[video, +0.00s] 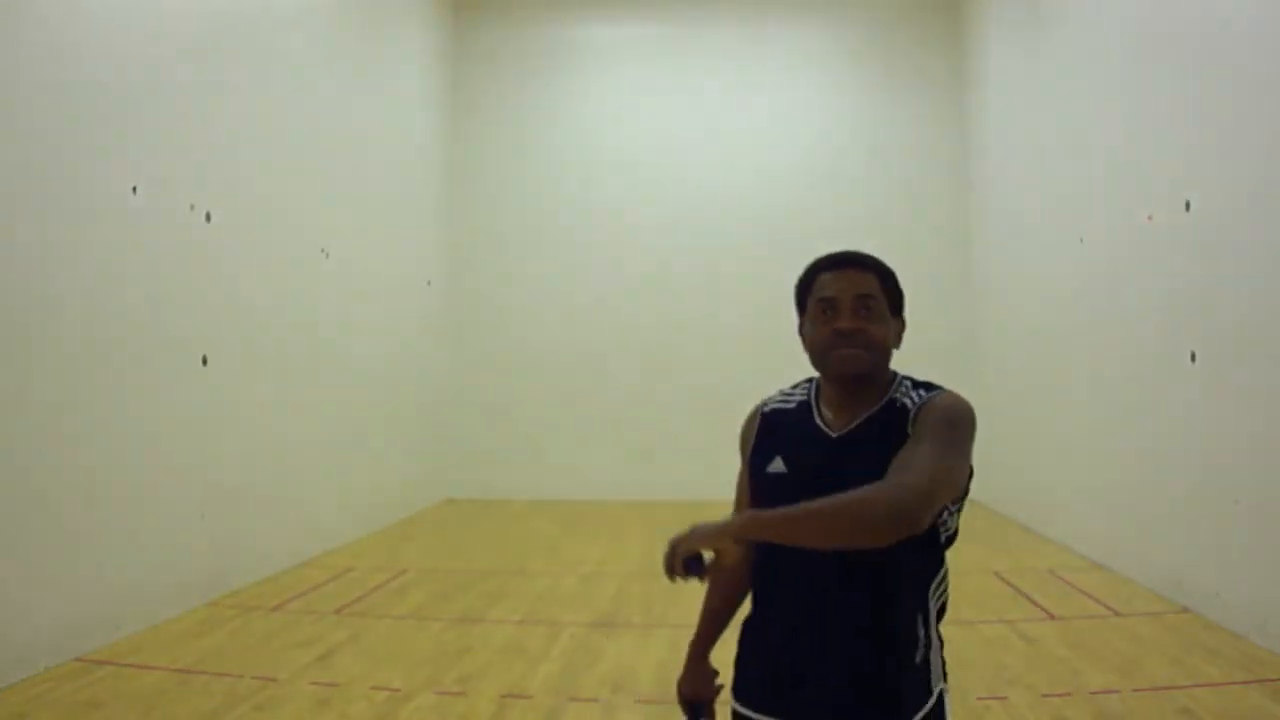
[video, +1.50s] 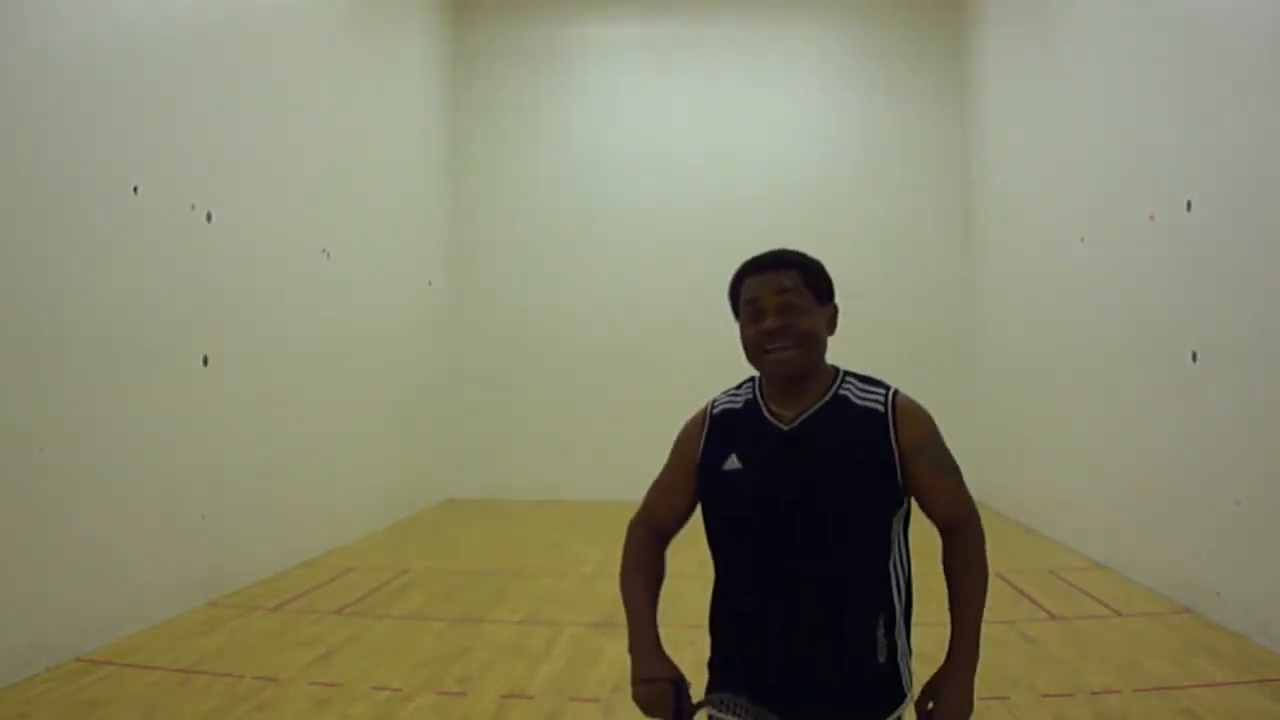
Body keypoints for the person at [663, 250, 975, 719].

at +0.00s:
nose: (847, 324)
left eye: (866, 309)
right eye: (827, 310)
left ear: (898, 331)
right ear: (802, 332)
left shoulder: (942, 415)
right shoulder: (768, 424)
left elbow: (899, 510)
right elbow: (742, 552)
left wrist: (736, 528)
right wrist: (699, 654)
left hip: (890, 693)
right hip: (773, 690)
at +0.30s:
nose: (899, 316)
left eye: (919, 307)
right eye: (881, 307)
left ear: (947, 338)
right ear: (857, 336)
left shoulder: (992, 438)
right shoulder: (809, 426)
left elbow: (1035, 553)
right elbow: (780, 524)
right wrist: (749, 639)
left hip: (943, 688)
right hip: (831, 684)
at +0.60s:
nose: (897, 315)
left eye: (916, 305)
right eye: (878, 305)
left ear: (944, 328)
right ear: (856, 329)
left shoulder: (988, 419)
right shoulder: (816, 421)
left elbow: (1039, 507)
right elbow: (786, 535)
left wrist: (1132, 575)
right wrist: (760, 650)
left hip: (950, 678)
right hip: (841, 676)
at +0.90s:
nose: (858, 322)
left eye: (875, 307)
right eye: (840, 312)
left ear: (907, 325)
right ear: (819, 334)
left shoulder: (957, 422)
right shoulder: (780, 423)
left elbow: (994, 534)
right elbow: (750, 537)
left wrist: (1031, 637)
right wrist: (726, 655)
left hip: (922, 686)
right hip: (807, 685)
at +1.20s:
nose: (806, 321)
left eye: (822, 304)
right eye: (786, 312)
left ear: (856, 317)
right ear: (767, 333)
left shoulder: (914, 419)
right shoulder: (728, 423)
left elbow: (959, 534)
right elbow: (687, 534)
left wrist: (970, 657)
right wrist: (670, 655)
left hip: (878, 688)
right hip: (756, 690)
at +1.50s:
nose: (772, 325)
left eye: (790, 307)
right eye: (755, 313)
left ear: (830, 317)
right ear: (739, 332)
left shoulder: (896, 421)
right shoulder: (712, 430)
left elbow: (961, 528)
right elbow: (647, 532)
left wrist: (961, 664)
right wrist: (645, 652)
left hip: (862, 691)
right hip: (747, 692)